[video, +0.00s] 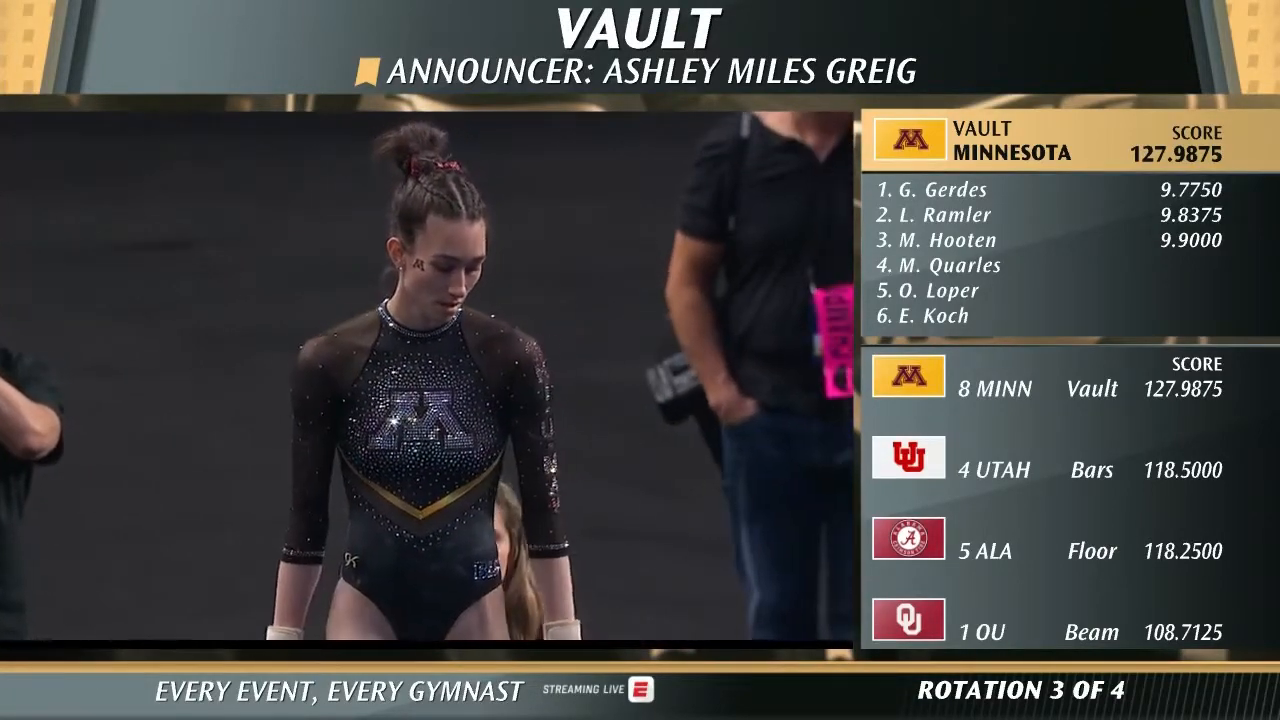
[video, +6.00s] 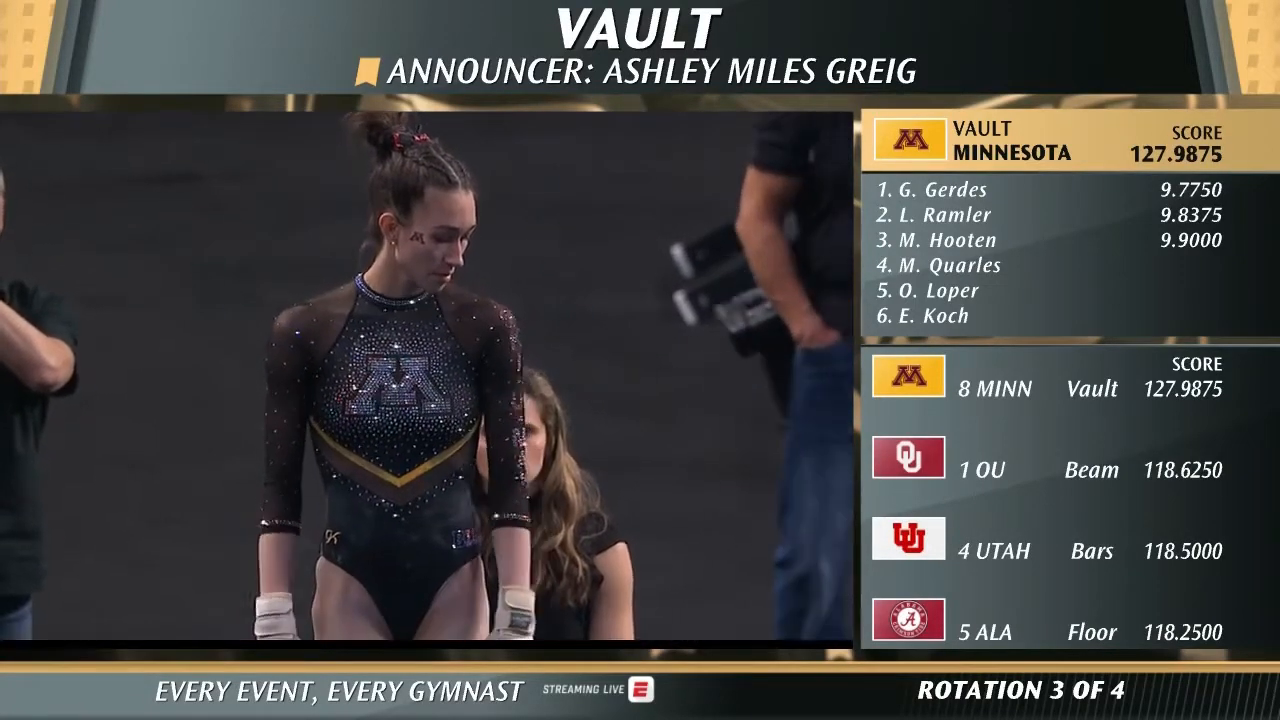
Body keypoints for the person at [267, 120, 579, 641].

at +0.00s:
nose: (459, 286)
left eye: (472, 266)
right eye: (443, 266)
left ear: (485, 257)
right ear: (398, 254)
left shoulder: (510, 357)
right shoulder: (329, 361)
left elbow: (542, 516)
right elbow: (307, 522)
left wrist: (564, 633)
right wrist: (282, 638)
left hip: (476, 595)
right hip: (366, 593)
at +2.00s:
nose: (481, 250)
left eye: (490, 231)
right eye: (468, 230)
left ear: (497, 220)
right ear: (414, 213)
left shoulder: (503, 316)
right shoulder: (320, 312)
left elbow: (538, 460)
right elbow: (279, 462)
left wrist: (566, 600)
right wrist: (259, 605)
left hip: (458, 568)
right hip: (350, 565)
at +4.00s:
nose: (470, 248)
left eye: (477, 229)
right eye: (455, 230)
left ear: (484, 217)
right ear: (402, 216)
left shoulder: (493, 318)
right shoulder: (317, 321)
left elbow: (505, 475)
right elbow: (299, 480)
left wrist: (456, 597)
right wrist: (358, 590)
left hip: (462, 572)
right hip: (352, 572)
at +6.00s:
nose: (458, 255)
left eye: (466, 237)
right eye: (443, 238)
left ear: (472, 223)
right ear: (390, 226)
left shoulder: (484, 326)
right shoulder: (305, 330)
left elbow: (508, 472)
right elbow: (281, 479)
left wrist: (518, 610)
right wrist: (273, 614)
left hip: (457, 574)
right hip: (348, 572)